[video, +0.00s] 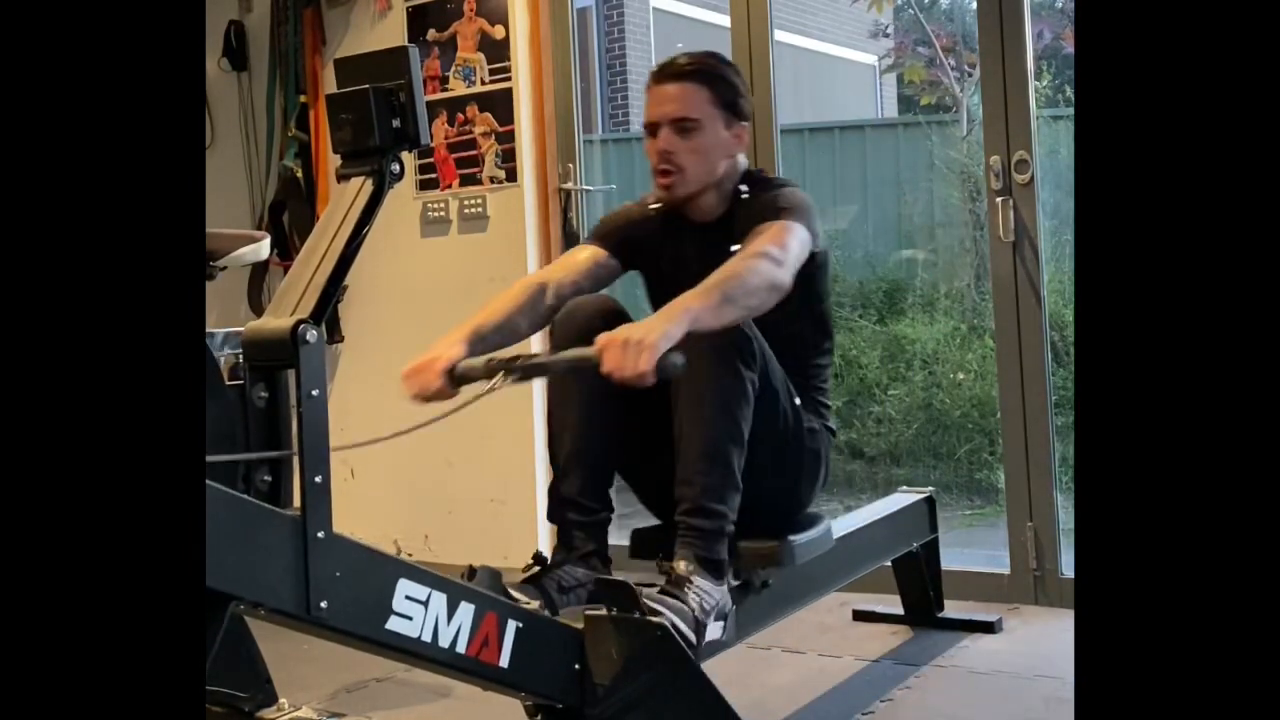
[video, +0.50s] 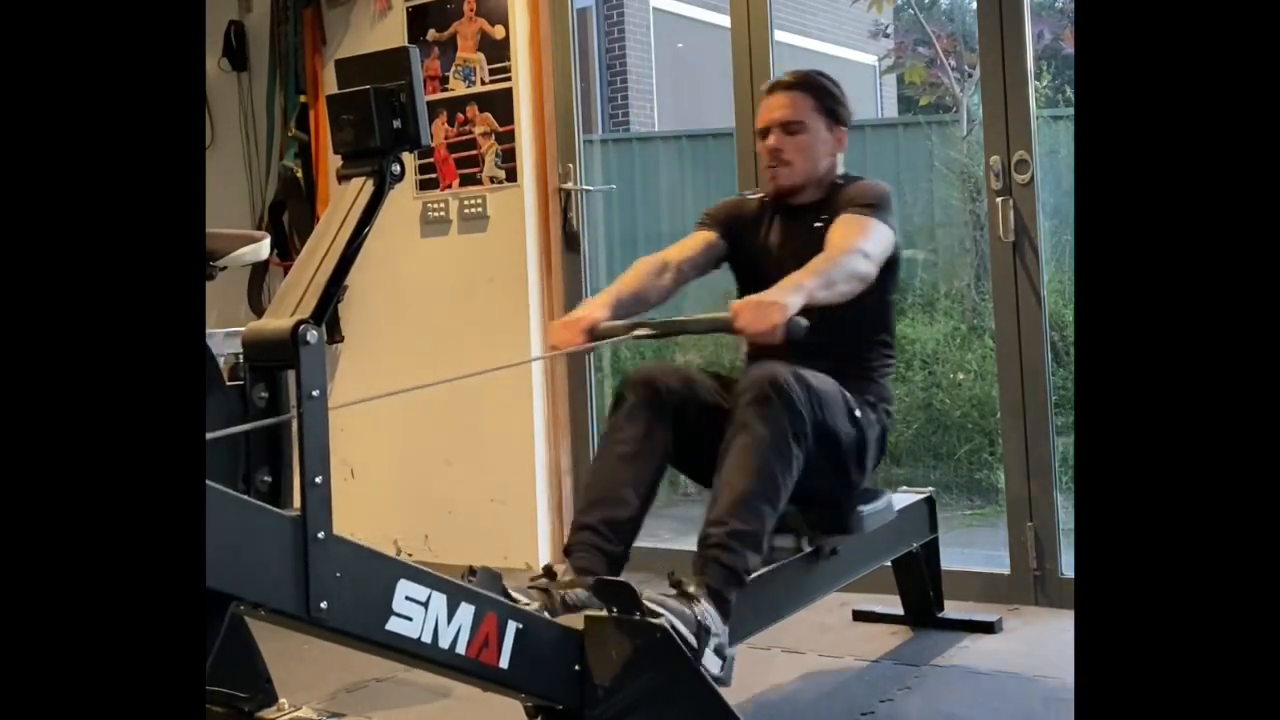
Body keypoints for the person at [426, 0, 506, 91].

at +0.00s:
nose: (471, 7)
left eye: (473, 4)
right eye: (468, 4)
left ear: (476, 7)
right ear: (463, 8)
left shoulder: (480, 22)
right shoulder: (457, 25)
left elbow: (494, 34)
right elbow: (444, 36)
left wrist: (498, 32)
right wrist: (435, 36)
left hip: (474, 60)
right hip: (460, 59)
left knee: (474, 89)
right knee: (459, 89)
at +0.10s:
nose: (471, 7)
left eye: (473, 4)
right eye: (468, 4)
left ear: (476, 7)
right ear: (463, 8)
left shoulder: (480, 22)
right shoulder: (457, 25)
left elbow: (494, 34)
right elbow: (444, 36)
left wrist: (499, 32)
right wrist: (435, 36)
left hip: (474, 60)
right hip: (460, 59)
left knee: (473, 88)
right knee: (458, 89)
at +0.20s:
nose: (471, 7)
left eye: (473, 4)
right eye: (468, 4)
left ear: (476, 7)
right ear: (463, 8)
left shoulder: (480, 22)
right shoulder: (457, 25)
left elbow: (494, 34)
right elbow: (444, 36)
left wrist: (499, 32)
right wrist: (435, 36)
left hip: (474, 60)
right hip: (460, 59)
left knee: (473, 89)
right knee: (458, 89)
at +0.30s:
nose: (471, 7)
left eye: (473, 4)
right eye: (468, 4)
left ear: (476, 7)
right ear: (463, 8)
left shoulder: (480, 22)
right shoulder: (457, 25)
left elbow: (494, 34)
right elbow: (444, 36)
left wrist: (498, 32)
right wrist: (435, 36)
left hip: (474, 60)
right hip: (460, 59)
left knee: (473, 89)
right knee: (458, 89)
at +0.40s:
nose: (471, 7)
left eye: (473, 5)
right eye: (468, 4)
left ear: (476, 7)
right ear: (463, 8)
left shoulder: (480, 22)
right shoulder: (457, 25)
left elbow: (494, 34)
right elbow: (444, 36)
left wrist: (498, 32)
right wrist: (435, 36)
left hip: (474, 60)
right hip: (460, 59)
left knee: (474, 89)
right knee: (458, 89)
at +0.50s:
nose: (471, 7)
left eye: (473, 5)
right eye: (468, 5)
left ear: (476, 8)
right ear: (463, 8)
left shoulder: (480, 22)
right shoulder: (457, 25)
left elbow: (494, 34)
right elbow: (444, 36)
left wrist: (498, 32)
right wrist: (435, 36)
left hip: (474, 60)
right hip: (460, 59)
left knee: (474, 89)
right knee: (458, 89)